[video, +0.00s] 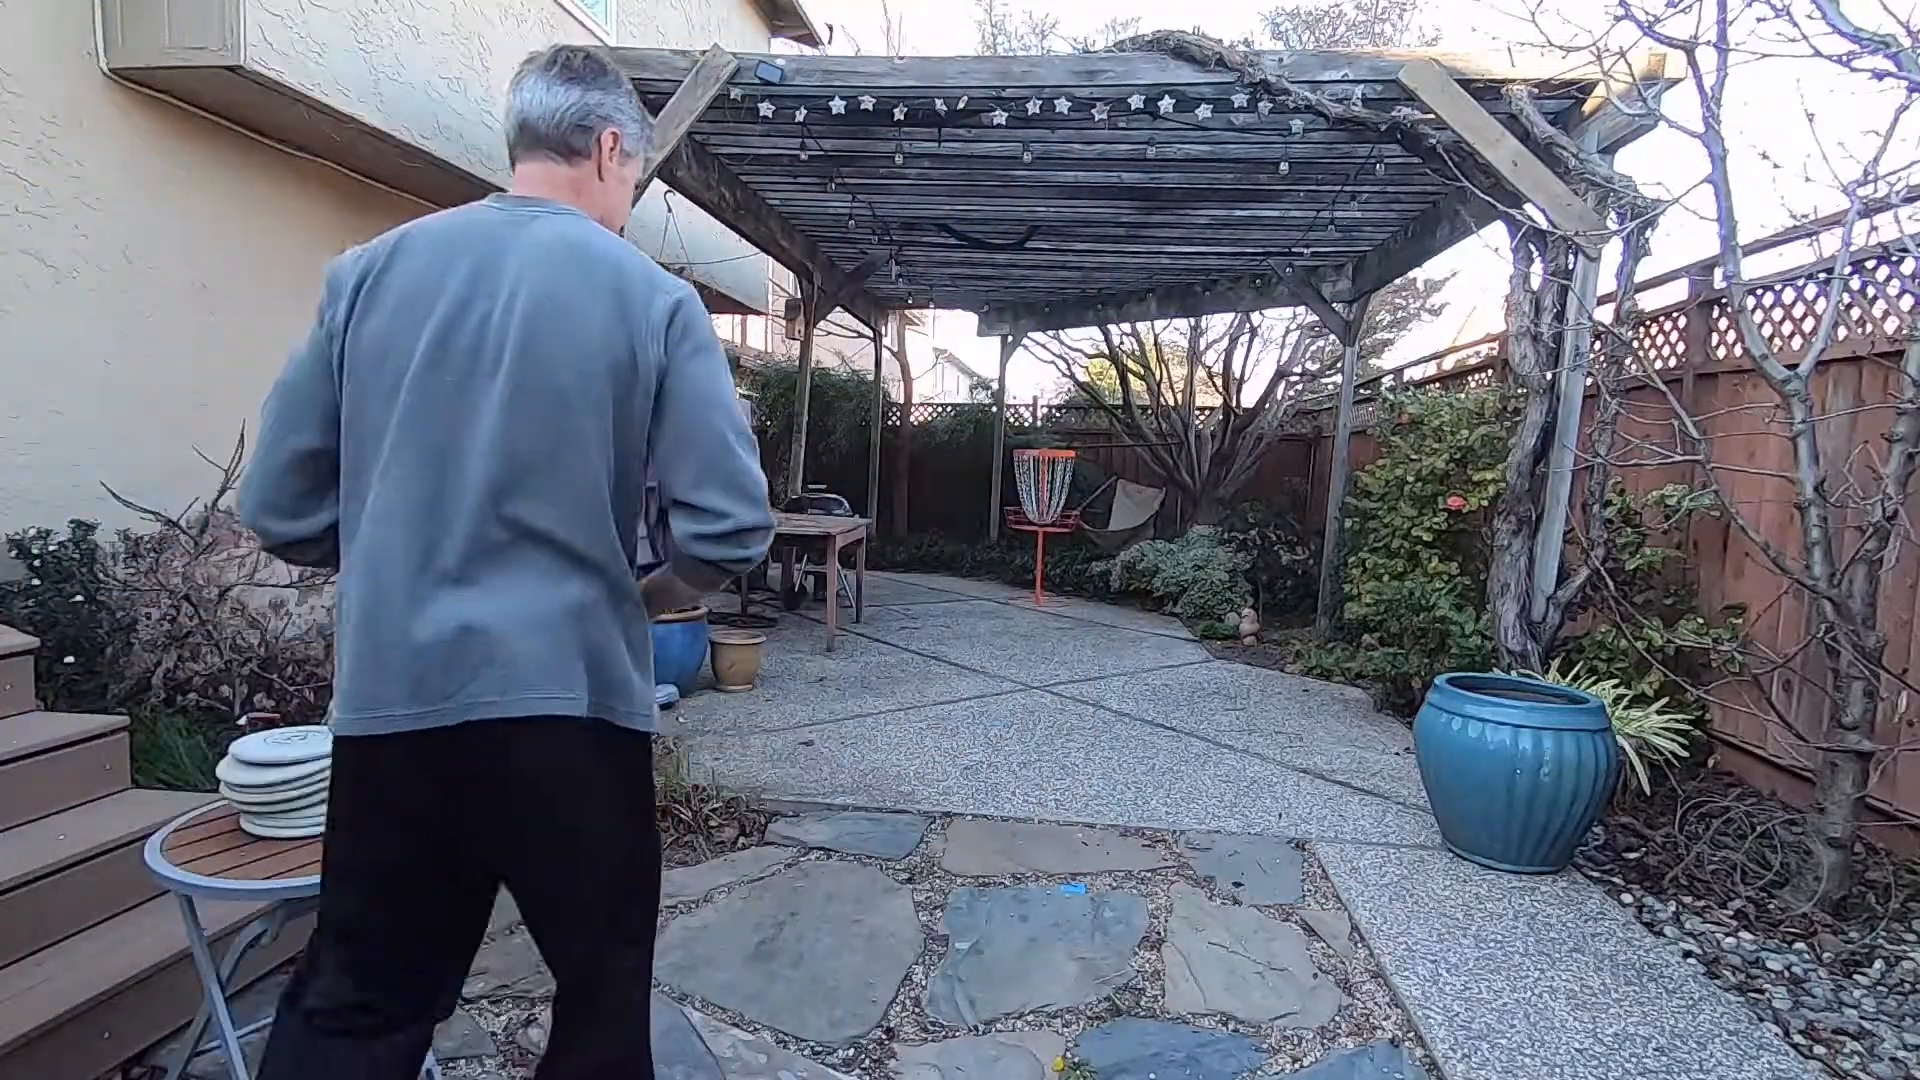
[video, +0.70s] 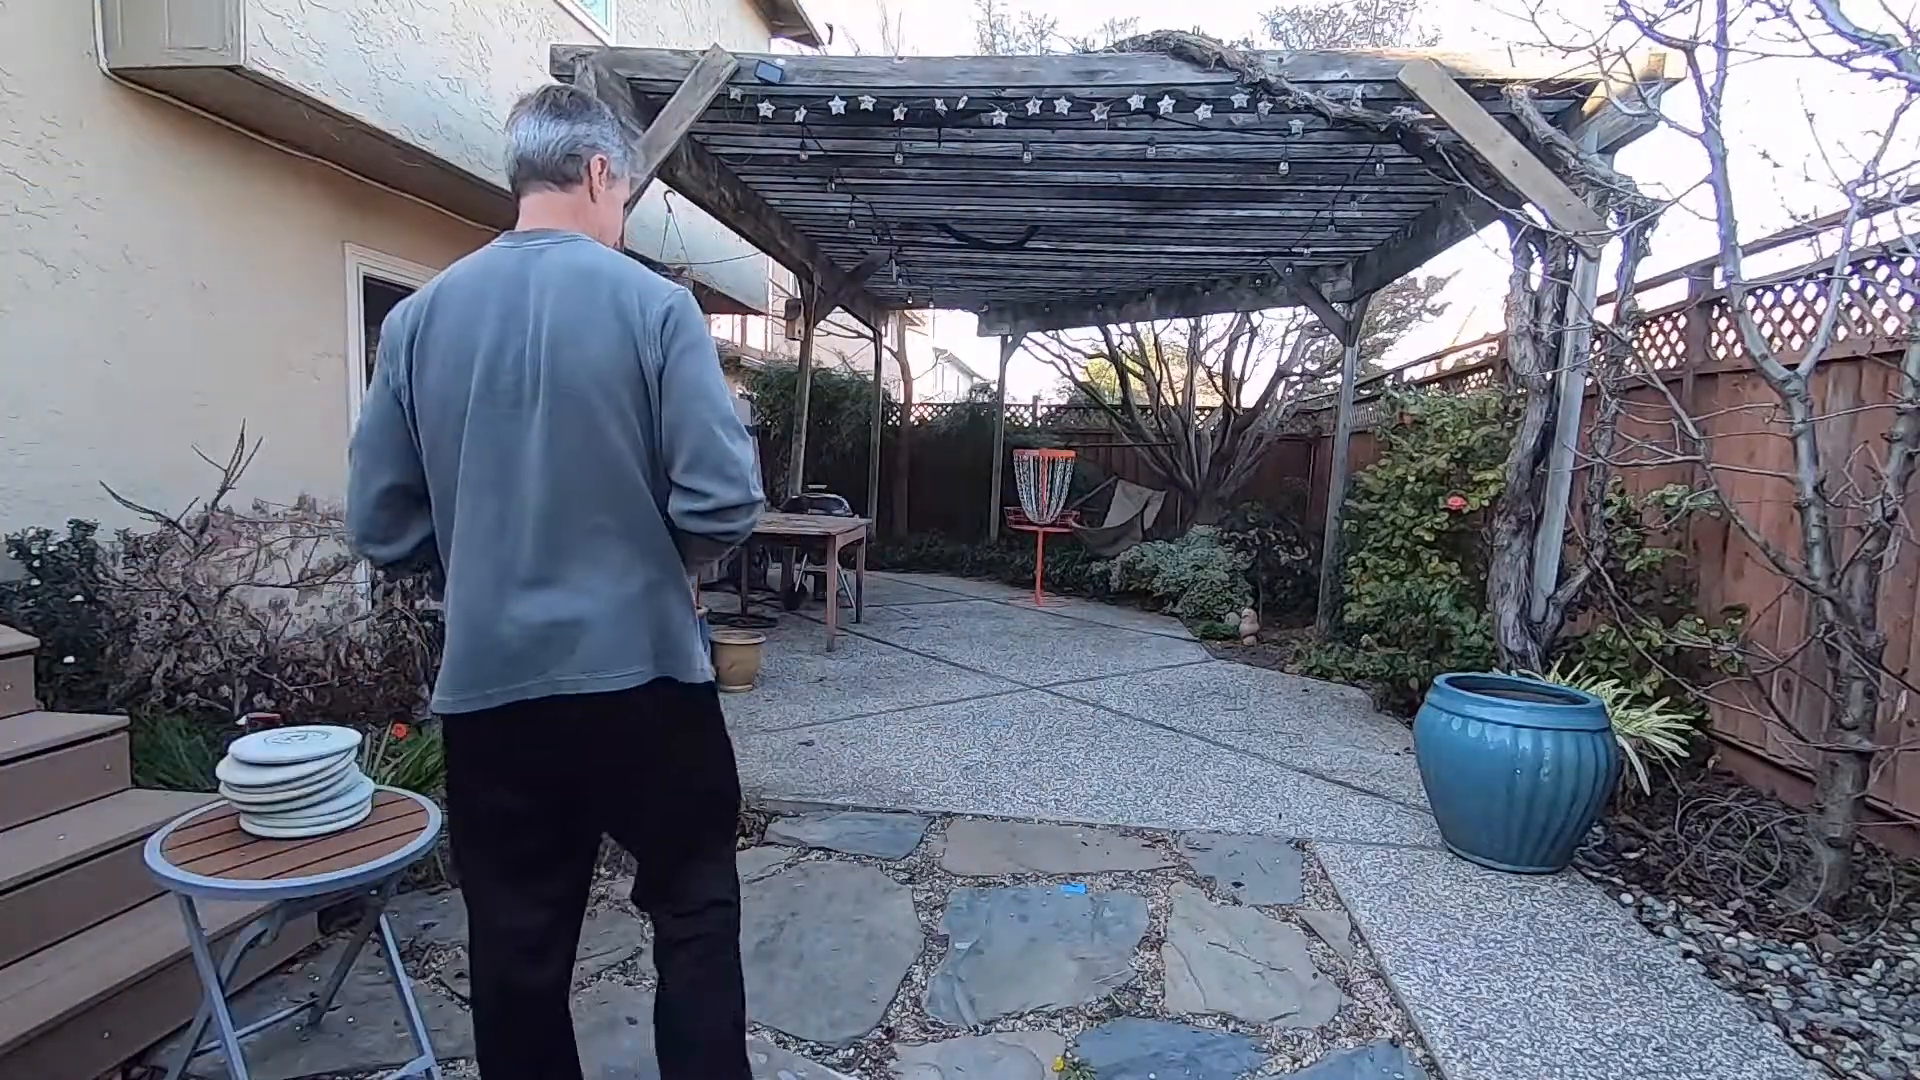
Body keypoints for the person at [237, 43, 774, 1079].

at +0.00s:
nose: (631, 205)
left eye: (636, 185)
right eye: (635, 179)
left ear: (517, 149)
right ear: (609, 150)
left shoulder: (370, 270)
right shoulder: (648, 294)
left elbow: (280, 504)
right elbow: (731, 524)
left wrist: (394, 541)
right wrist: (638, 573)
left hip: (388, 705)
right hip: (570, 710)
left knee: (357, 1002)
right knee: (605, 998)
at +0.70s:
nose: (625, 224)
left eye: (628, 203)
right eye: (626, 199)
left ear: (515, 184)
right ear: (597, 176)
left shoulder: (419, 316)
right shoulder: (652, 302)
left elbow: (381, 523)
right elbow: (722, 494)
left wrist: (483, 542)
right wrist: (667, 559)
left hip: (490, 695)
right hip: (644, 686)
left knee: (514, 964)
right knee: (695, 915)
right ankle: (705, 1072)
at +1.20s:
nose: (757, 250)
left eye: (755, 237)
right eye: (756, 235)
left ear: (652, 239)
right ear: (735, 231)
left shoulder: (578, 325)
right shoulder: (785, 346)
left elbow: (506, 492)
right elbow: (841, 513)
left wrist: (578, 529)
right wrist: (754, 527)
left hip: (601, 660)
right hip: (742, 664)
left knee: (575, 895)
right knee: (760, 872)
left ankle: (545, 1066)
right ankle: (776, 1057)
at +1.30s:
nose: (780, 263)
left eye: (779, 249)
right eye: (779, 247)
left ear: (680, 240)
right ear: (760, 241)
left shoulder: (611, 322)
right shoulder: (809, 351)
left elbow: (541, 483)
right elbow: (860, 515)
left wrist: (610, 535)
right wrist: (777, 537)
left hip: (623, 651)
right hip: (758, 655)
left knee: (587, 884)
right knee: (770, 872)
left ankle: (548, 1066)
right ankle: (777, 1055)